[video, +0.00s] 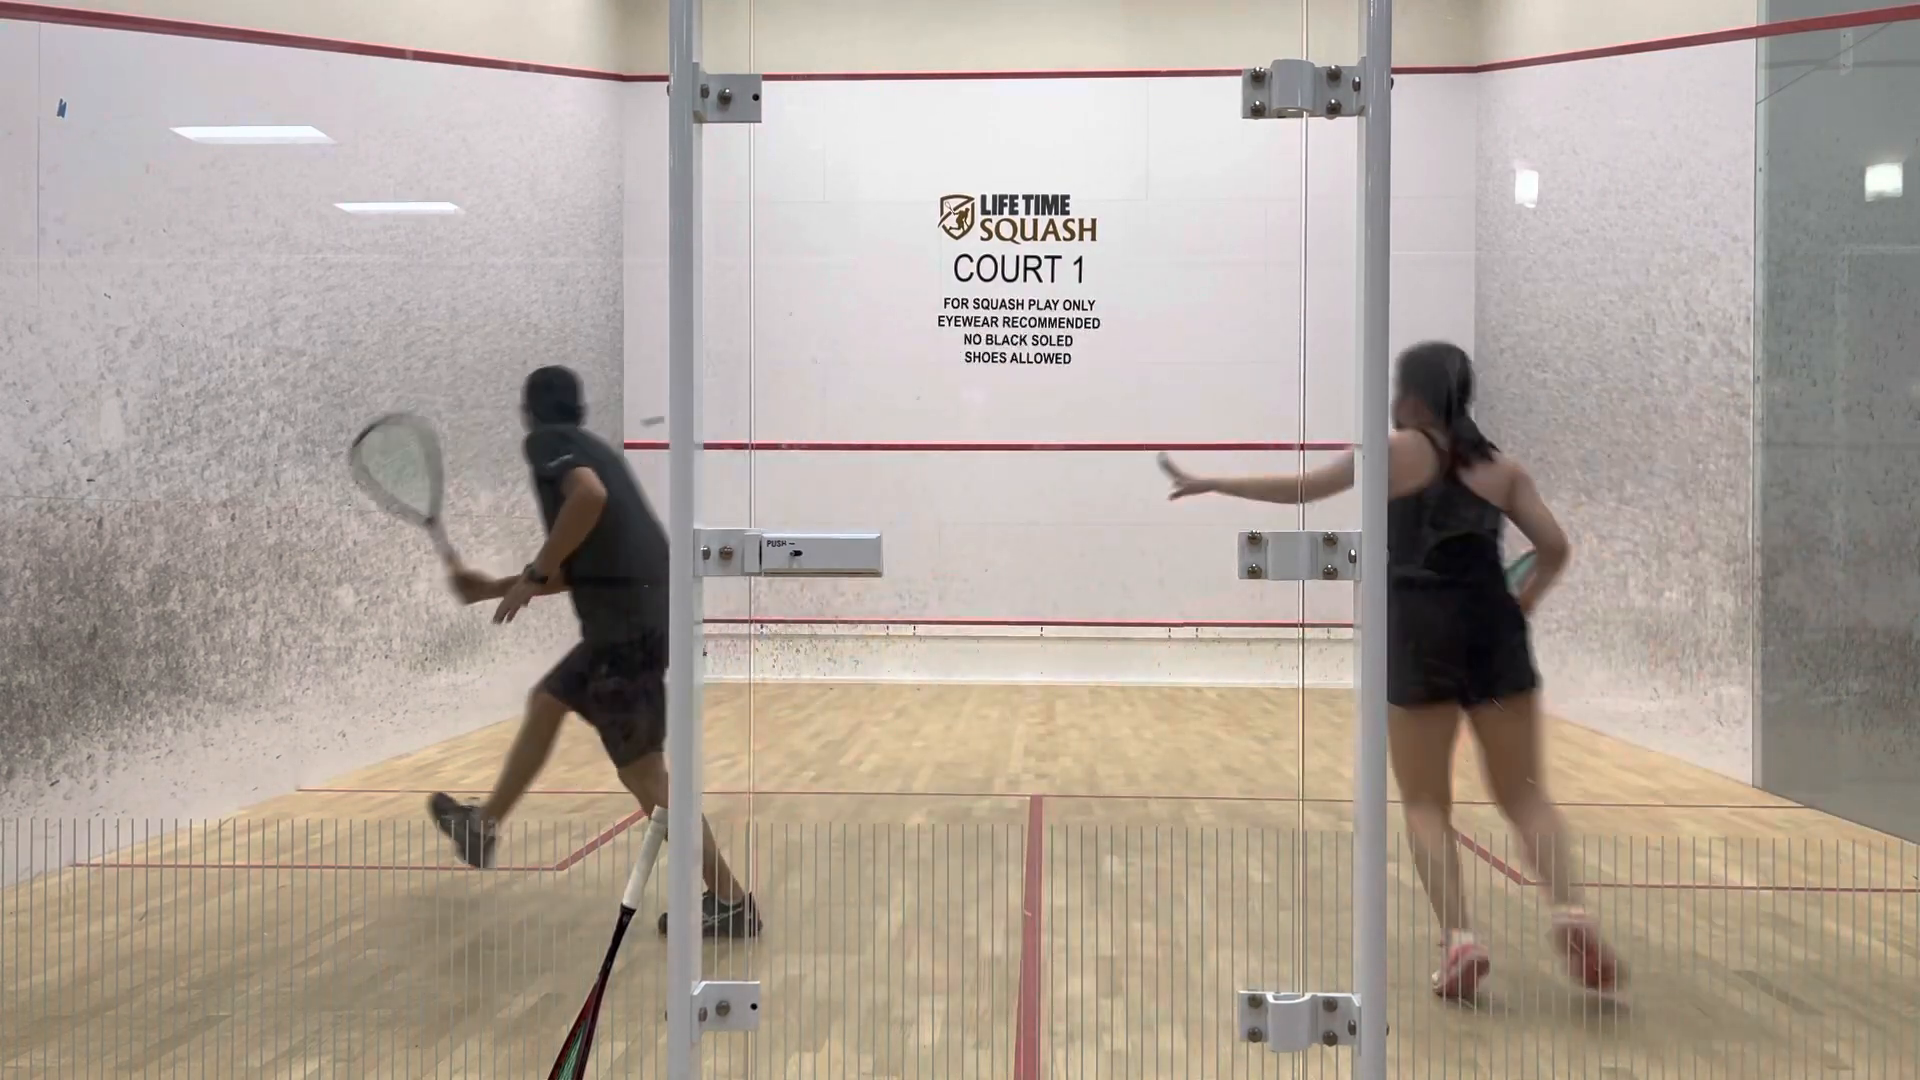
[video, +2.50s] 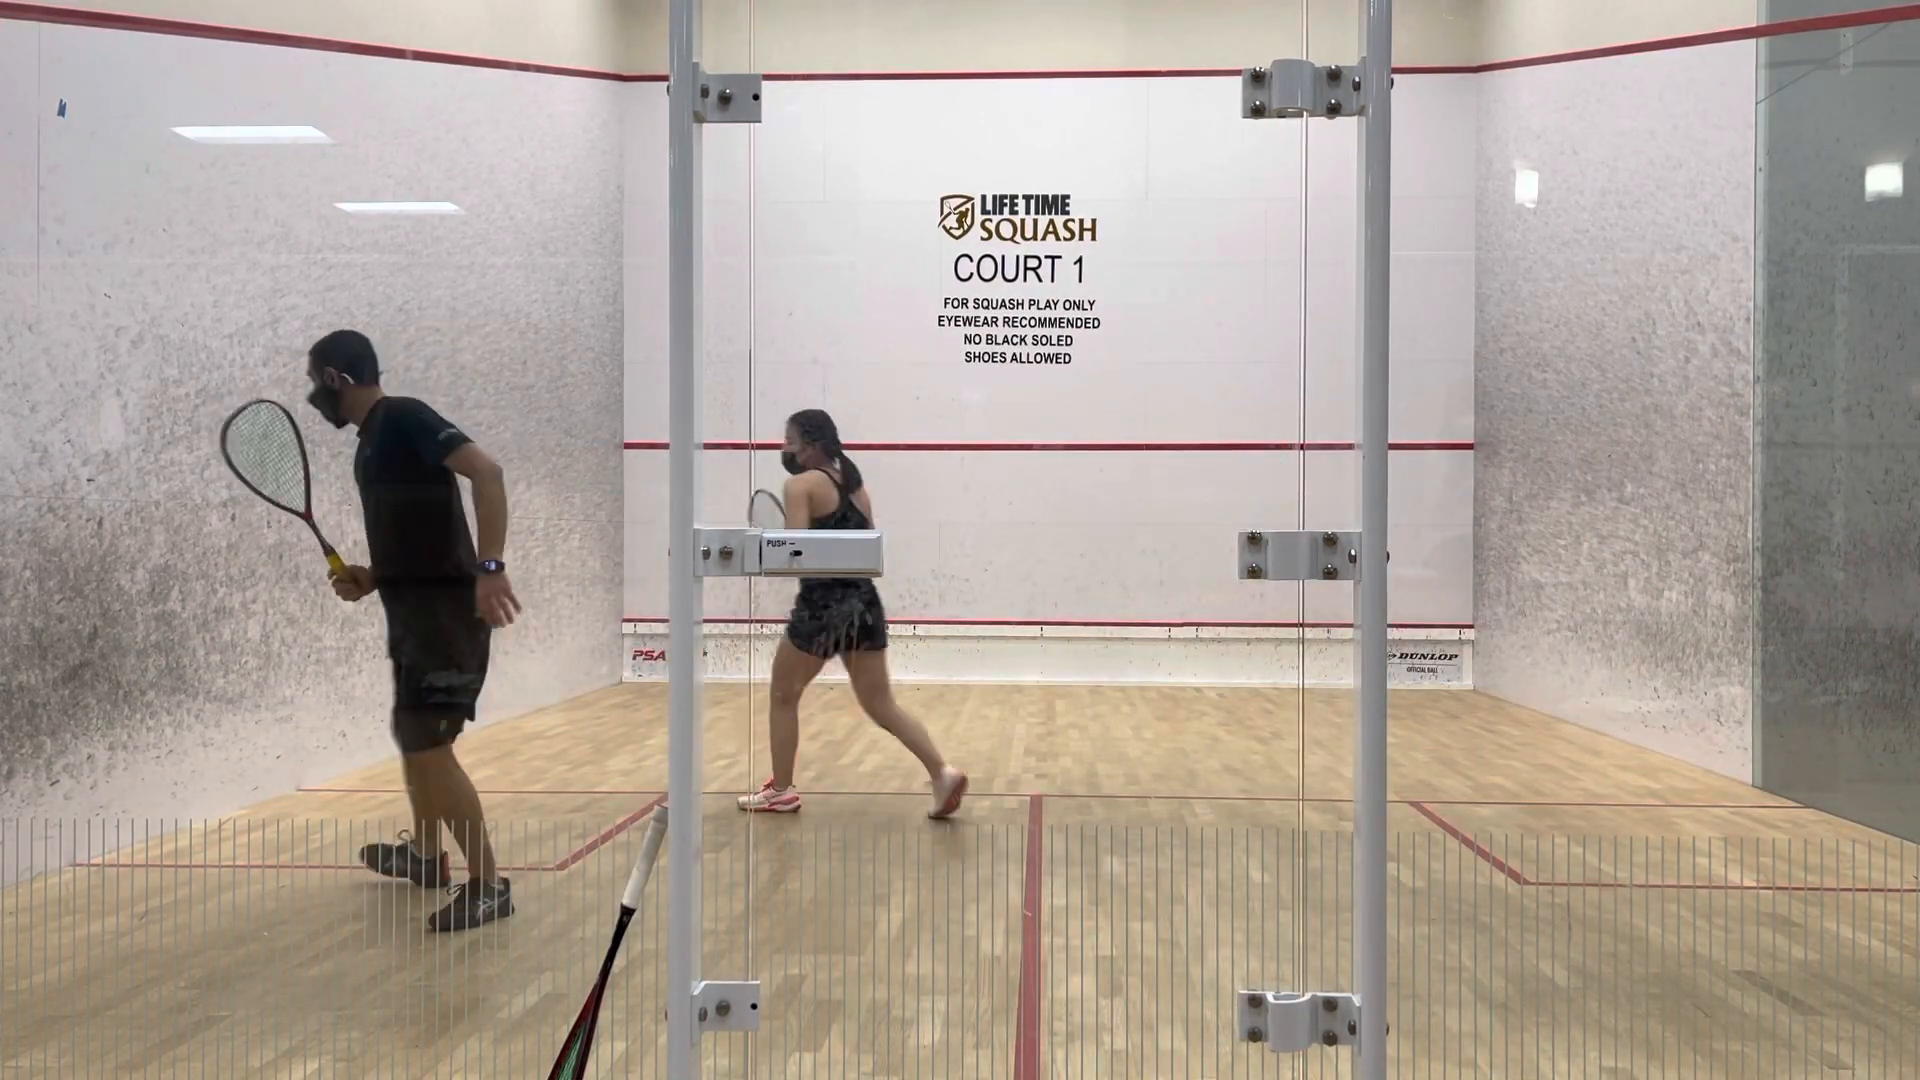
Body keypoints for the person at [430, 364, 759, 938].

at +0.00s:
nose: (526, 417)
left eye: (527, 408)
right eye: (537, 408)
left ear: (530, 409)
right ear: (577, 407)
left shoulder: (547, 440)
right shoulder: (595, 449)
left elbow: (589, 495)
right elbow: (581, 564)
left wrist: (537, 575)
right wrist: (496, 587)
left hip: (630, 632)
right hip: (648, 623)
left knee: (643, 774)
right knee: (548, 701)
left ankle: (728, 896)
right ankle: (485, 826)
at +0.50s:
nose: (295, 507)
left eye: (295, 500)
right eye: (295, 501)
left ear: (301, 500)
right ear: (341, 489)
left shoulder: (328, 515)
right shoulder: (355, 529)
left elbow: (387, 517)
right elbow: (387, 593)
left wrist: (446, 573)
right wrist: (365, 649)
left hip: (461, 631)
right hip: (477, 623)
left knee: (456, 766)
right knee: (408, 724)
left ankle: (583, 827)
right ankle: (368, 859)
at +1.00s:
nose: (398, 383)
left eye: (394, 375)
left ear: (392, 377)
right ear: (444, 378)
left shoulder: (388, 426)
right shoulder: (487, 441)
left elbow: (385, 514)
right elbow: (518, 528)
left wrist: (340, 600)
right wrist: (535, 612)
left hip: (428, 615)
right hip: (486, 614)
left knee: (455, 749)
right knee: (418, 737)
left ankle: (508, 883)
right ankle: (373, 857)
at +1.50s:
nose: (426, 377)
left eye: (418, 368)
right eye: (453, 368)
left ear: (412, 370)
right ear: (466, 371)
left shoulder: (409, 417)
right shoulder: (501, 432)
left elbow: (419, 503)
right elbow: (522, 526)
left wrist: (381, 586)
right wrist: (468, 572)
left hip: (441, 605)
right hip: (499, 605)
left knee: (465, 739)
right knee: (454, 731)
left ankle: (508, 881)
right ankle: (429, 852)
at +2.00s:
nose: (360, 404)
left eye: (357, 395)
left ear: (359, 395)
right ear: (411, 393)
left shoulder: (371, 431)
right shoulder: (439, 440)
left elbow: (361, 513)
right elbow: (417, 547)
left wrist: (298, 546)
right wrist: (345, 549)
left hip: (442, 605)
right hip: (476, 601)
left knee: (441, 740)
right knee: (415, 716)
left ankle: (506, 874)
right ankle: (423, 850)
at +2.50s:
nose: (313, 397)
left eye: (315, 384)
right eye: (312, 385)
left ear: (339, 380)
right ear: (356, 378)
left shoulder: (401, 418)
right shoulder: (370, 446)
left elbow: (487, 472)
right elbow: (413, 540)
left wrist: (491, 567)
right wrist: (370, 578)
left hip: (446, 608)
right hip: (411, 613)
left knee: (428, 741)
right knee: (413, 734)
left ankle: (488, 883)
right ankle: (425, 854)